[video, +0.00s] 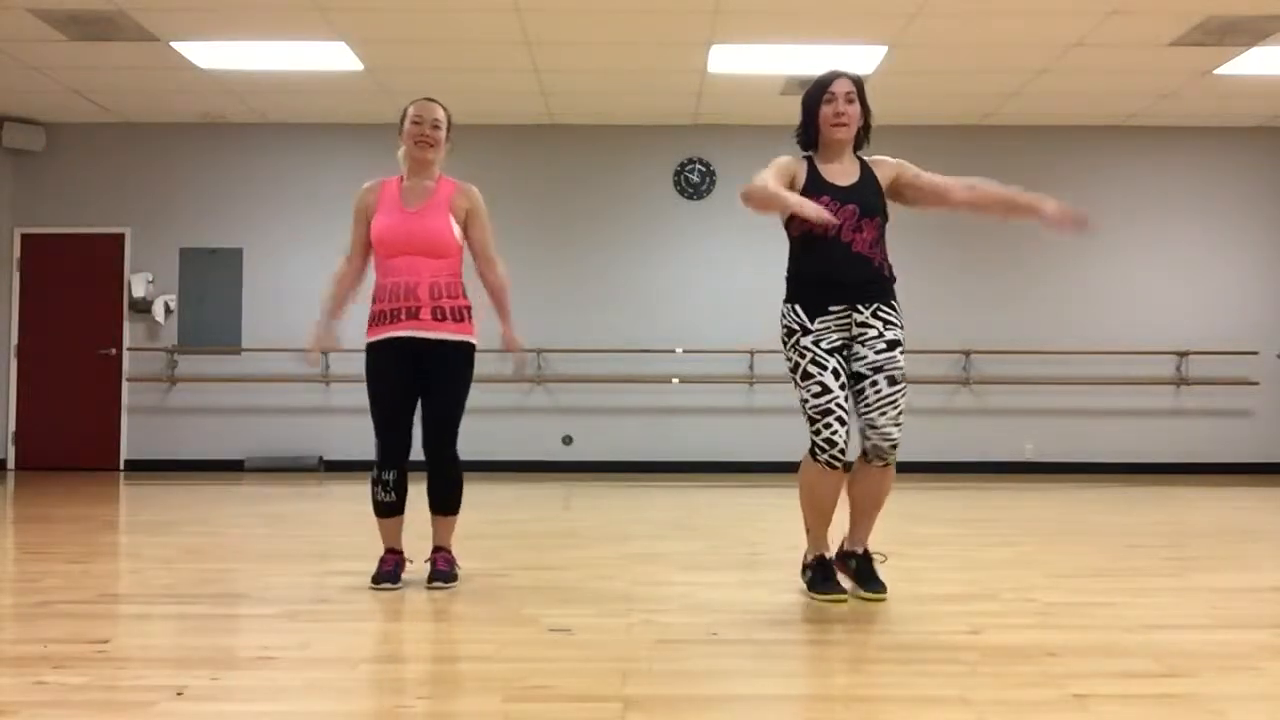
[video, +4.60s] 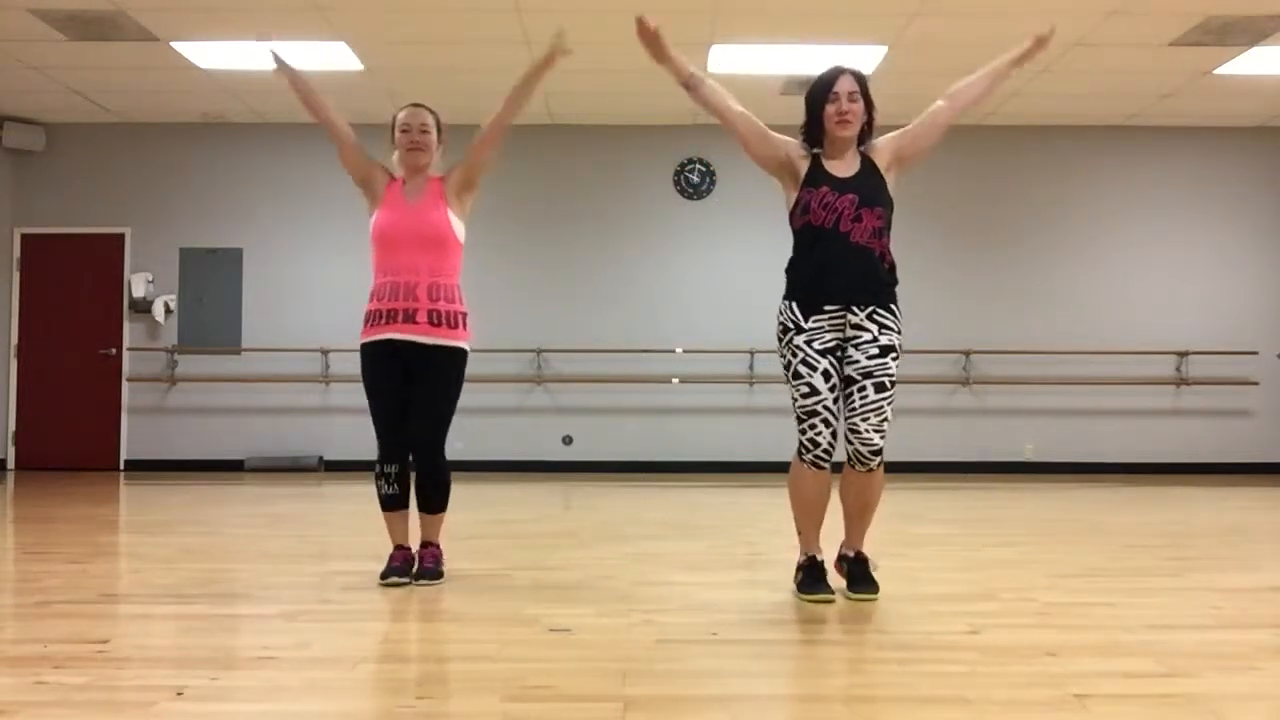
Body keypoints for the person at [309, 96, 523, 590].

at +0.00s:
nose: (425, 130)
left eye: (435, 124)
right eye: (417, 122)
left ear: (447, 138)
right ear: (400, 134)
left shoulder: (464, 196)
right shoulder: (372, 196)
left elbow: (489, 267)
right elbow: (354, 264)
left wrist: (507, 326)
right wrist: (327, 319)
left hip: (449, 339)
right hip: (389, 339)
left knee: (440, 446)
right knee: (391, 448)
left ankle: (443, 552)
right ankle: (391, 552)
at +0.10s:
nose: (422, 128)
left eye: (432, 123)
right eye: (413, 120)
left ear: (444, 138)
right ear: (397, 132)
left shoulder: (463, 194)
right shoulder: (373, 192)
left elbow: (505, 241)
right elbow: (326, 246)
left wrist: (515, 255)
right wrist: (276, 279)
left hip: (447, 336)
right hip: (388, 335)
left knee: (433, 441)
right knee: (390, 447)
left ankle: (438, 544)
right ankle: (392, 552)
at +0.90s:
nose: (423, 128)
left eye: (432, 122)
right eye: (414, 121)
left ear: (446, 136)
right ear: (400, 133)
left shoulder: (463, 188)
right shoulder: (374, 186)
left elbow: (519, 189)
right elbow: (300, 195)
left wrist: (528, 182)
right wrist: (238, 200)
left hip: (446, 337)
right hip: (387, 335)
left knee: (437, 445)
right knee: (390, 449)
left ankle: (436, 550)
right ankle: (396, 552)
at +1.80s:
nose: (413, 126)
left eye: (422, 121)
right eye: (404, 120)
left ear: (436, 136)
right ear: (390, 132)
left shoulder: (454, 184)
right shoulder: (367, 184)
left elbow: (527, 184)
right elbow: (299, 186)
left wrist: (594, 183)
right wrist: (312, 162)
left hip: (444, 335)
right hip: (386, 334)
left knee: (437, 445)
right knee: (391, 447)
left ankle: (430, 550)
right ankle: (397, 552)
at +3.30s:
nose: (416, 138)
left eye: (426, 132)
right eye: (408, 132)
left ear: (441, 144)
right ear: (395, 143)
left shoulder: (462, 191)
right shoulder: (376, 191)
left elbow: (533, 186)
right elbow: (303, 183)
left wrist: (541, 136)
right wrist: (345, 145)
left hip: (453, 339)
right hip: (393, 338)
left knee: (447, 448)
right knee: (397, 447)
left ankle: (433, 548)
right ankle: (397, 543)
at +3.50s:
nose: (416, 133)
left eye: (426, 128)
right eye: (407, 126)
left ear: (440, 141)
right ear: (395, 139)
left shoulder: (458, 187)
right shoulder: (375, 188)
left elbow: (512, 142)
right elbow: (311, 155)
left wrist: (462, 107)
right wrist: (366, 118)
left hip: (449, 337)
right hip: (390, 336)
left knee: (440, 444)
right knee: (395, 447)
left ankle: (433, 549)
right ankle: (402, 550)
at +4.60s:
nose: (413, 134)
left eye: (423, 128)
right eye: (405, 129)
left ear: (439, 141)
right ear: (393, 141)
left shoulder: (457, 187)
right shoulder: (378, 186)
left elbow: (499, 125)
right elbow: (333, 124)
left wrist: (540, 68)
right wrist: (289, 71)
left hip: (442, 338)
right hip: (384, 334)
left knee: (428, 446)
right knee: (391, 446)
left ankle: (430, 547)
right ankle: (400, 550)